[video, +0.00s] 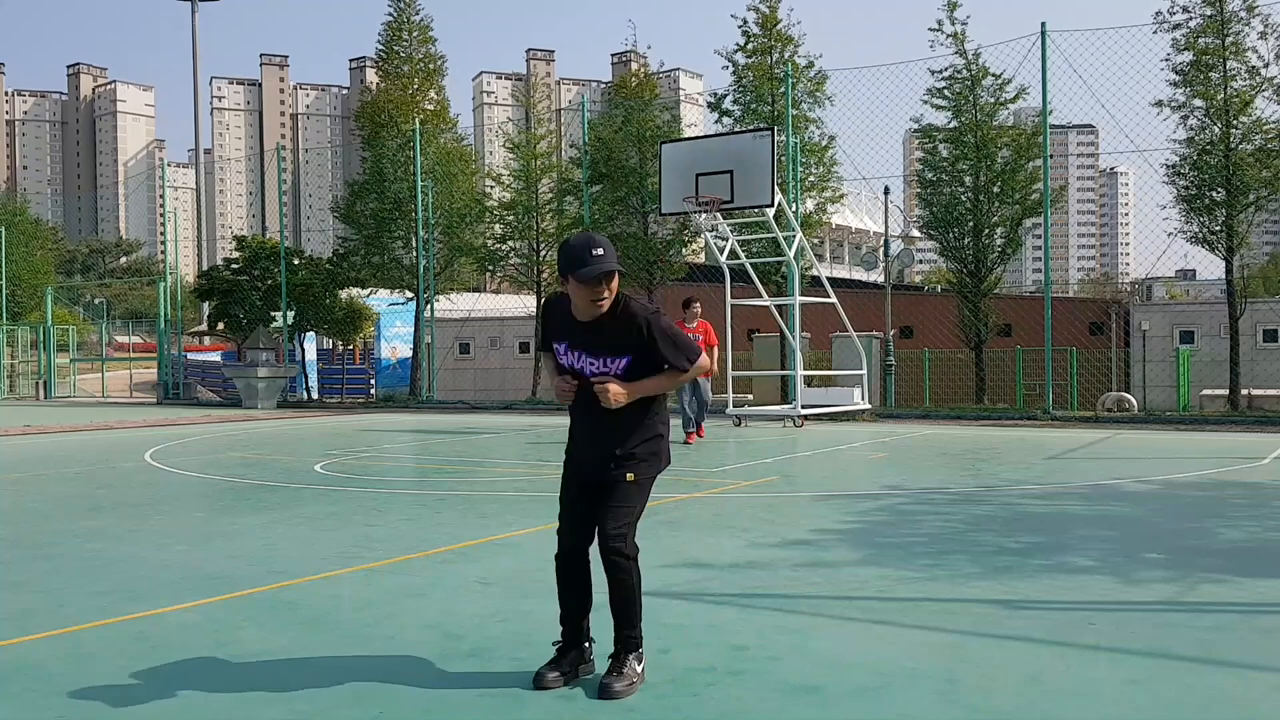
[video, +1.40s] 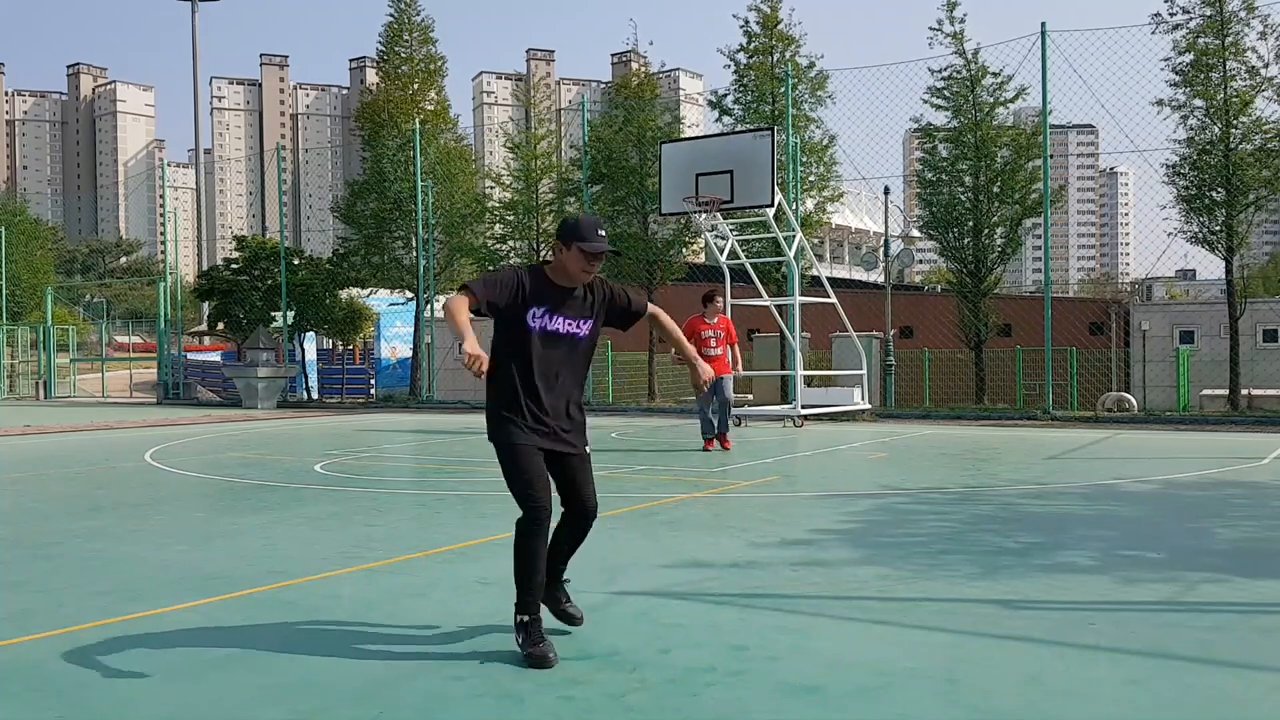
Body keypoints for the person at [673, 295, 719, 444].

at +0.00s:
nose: (698, 310)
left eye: (699, 307)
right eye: (694, 308)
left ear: (701, 309)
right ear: (686, 310)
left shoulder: (705, 326)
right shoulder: (677, 327)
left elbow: (714, 345)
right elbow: (672, 347)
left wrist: (714, 363)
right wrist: (675, 364)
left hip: (702, 368)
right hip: (683, 369)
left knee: (705, 398)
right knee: (685, 401)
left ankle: (699, 421)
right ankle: (689, 430)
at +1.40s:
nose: (721, 305)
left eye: (721, 302)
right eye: (717, 302)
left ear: (722, 304)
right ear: (707, 304)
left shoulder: (726, 321)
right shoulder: (694, 322)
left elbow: (734, 344)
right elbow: (681, 340)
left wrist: (738, 363)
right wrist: (675, 353)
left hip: (723, 367)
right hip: (702, 368)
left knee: (727, 398)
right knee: (704, 406)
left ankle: (723, 433)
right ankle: (708, 437)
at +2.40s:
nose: (699, 305)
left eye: (702, 302)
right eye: (699, 302)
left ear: (712, 303)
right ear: (706, 303)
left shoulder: (729, 321)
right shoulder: (698, 322)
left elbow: (738, 344)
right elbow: (690, 344)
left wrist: (731, 362)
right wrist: (682, 356)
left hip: (724, 373)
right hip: (704, 372)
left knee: (726, 411)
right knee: (703, 409)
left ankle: (728, 442)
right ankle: (703, 444)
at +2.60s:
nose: (688, 304)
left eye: (690, 301)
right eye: (689, 301)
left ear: (699, 302)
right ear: (697, 303)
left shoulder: (716, 319)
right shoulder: (692, 322)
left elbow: (724, 343)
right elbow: (689, 345)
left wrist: (710, 362)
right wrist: (680, 356)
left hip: (712, 371)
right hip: (693, 372)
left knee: (718, 407)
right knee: (695, 410)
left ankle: (727, 436)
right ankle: (701, 445)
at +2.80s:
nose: (678, 305)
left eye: (680, 301)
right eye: (679, 301)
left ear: (687, 301)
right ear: (690, 301)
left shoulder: (704, 316)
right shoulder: (690, 321)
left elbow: (707, 344)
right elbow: (690, 345)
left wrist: (688, 360)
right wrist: (679, 356)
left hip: (703, 371)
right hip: (690, 371)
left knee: (698, 403)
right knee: (691, 407)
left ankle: (716, 436)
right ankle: (701, 444)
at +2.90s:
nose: (675, 305)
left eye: (676, 301)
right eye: (675, 301)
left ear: (683, 302)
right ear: (688, 301)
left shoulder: (696, 316)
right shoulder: (691, 318)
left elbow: (699, 341)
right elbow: (686, 343)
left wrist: (681, 358)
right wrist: (676, 356)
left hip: (697, 370)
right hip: (693, 369)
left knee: (688, 405)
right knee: (694, 405)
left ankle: (703, 443)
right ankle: (701, 444)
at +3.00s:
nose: (672, 305)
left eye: (673, 301)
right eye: (672, 301)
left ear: (679, 301)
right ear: (687, 300)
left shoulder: (689, 316)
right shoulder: (694, 316)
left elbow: (690, 341)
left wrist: (673, 359)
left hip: (691, 372)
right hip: (698, 372)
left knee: (680, 406)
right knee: (694, 408)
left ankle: (685, 446)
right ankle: (702, 445)